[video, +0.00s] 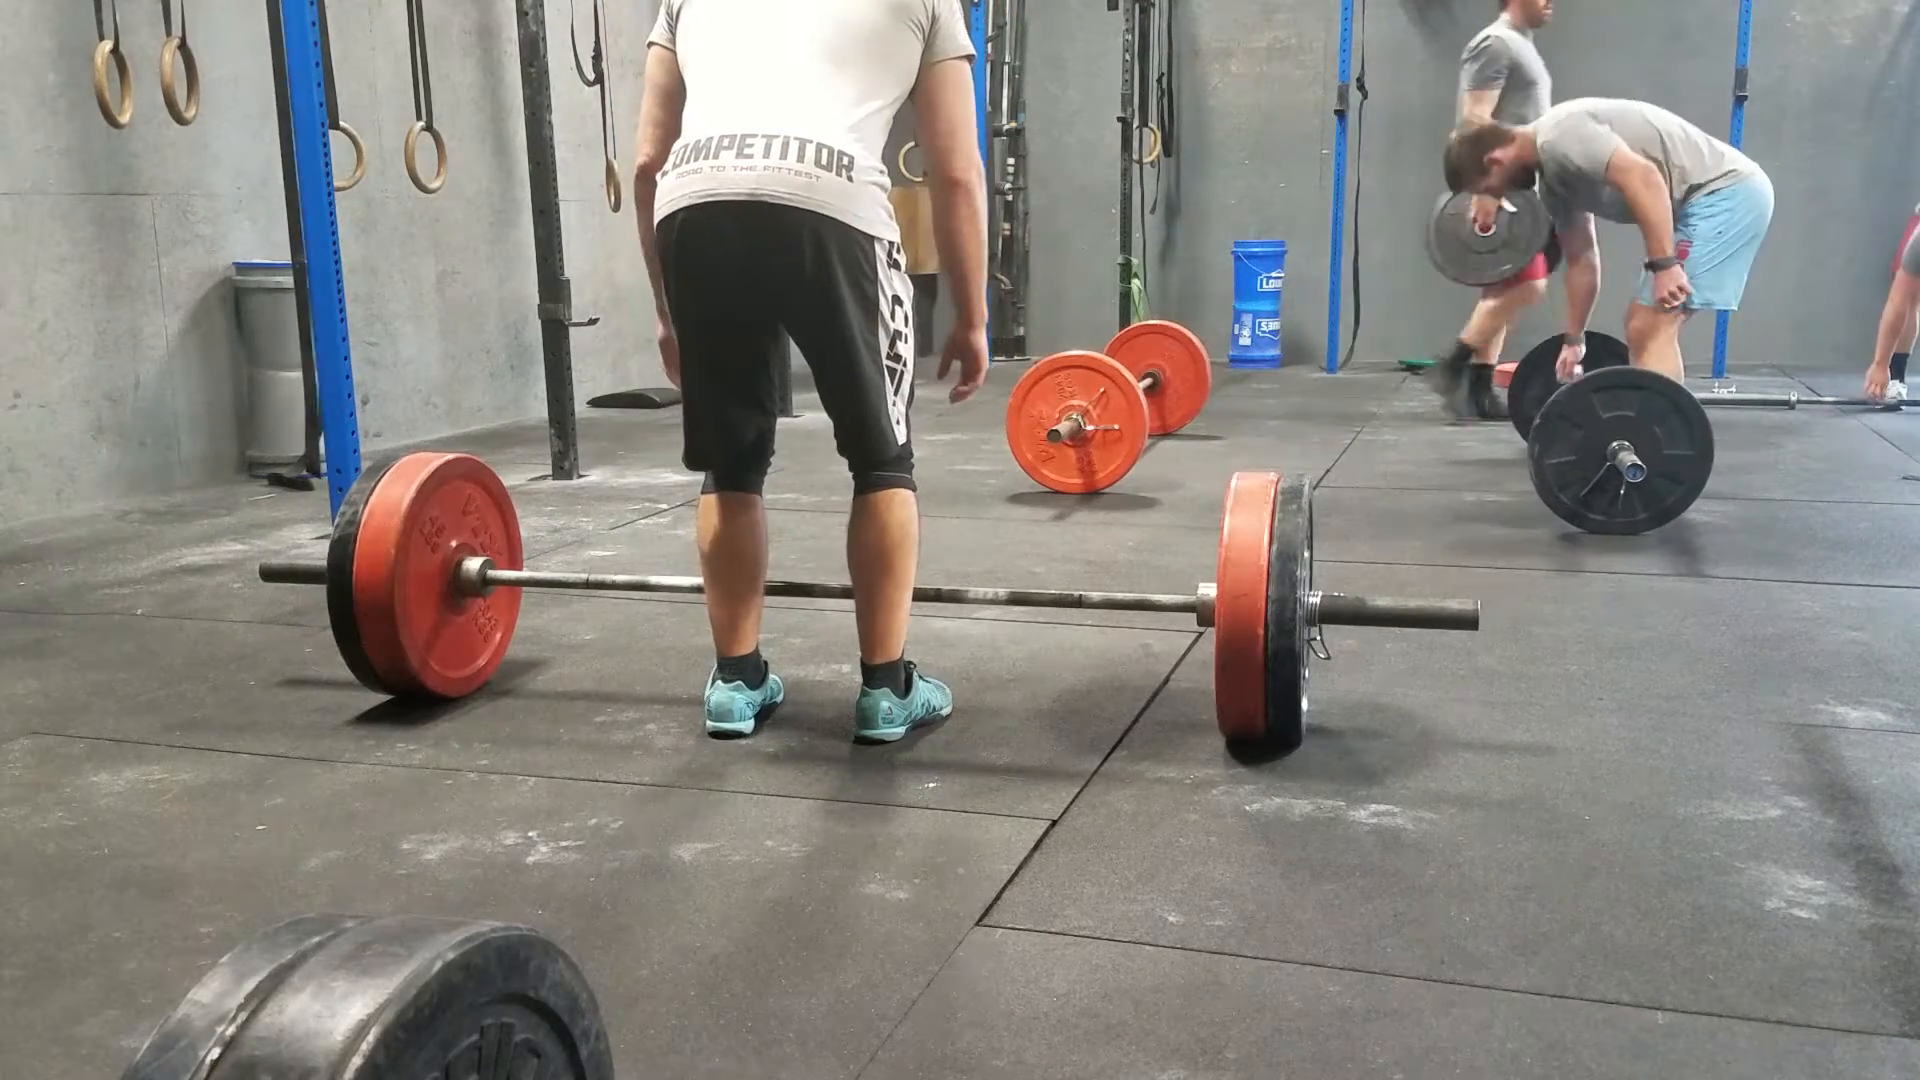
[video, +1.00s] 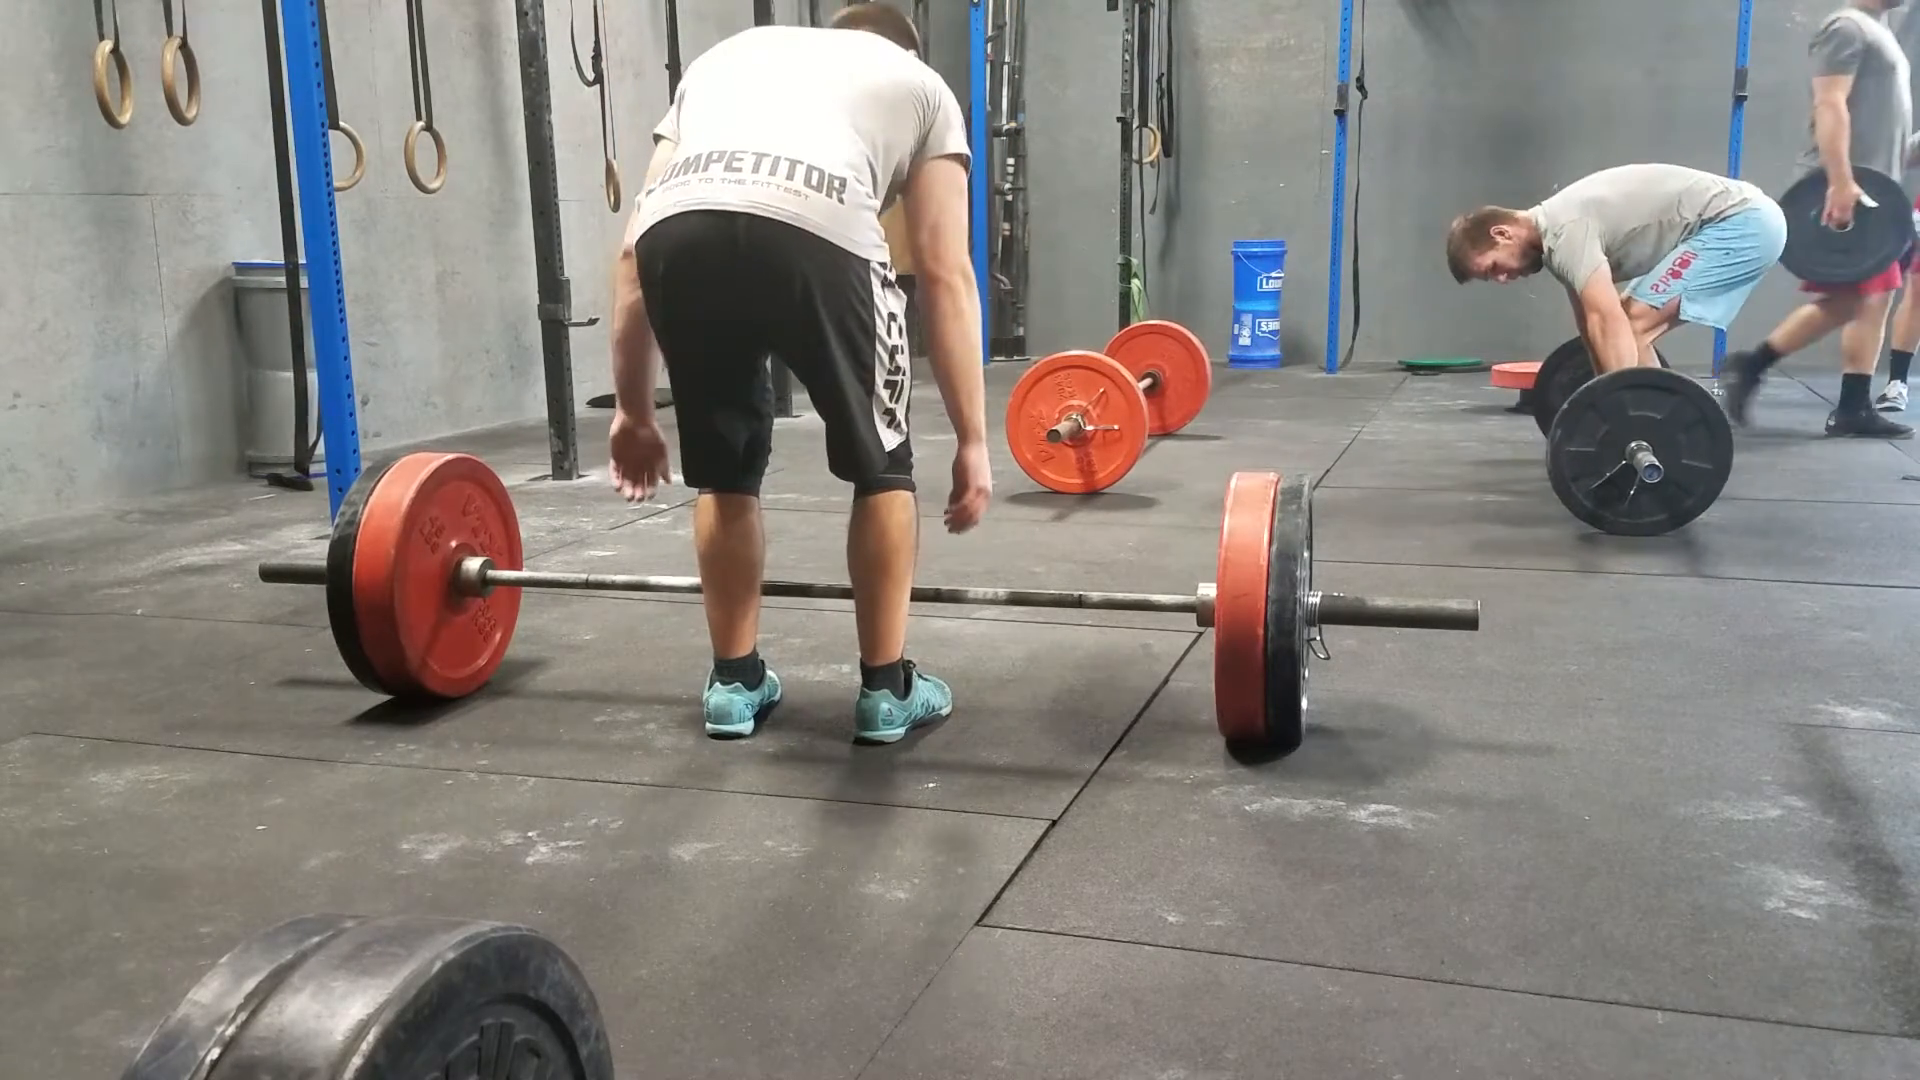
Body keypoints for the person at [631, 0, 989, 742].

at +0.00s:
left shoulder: (690, 6)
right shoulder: (924, 6)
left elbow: (649, 161)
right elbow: (956, 170)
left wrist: (668, 311)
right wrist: (970, 319)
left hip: (697, 209)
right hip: (832, 209)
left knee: (728, 465)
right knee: (881, 464)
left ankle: (734, 679)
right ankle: (884, 686)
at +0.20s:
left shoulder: (694, 6)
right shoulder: (925, 7)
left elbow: (649, 163)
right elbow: (960, 175)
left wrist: (661, 315)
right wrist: (981, 328)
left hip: (700, 209)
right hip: (835, 210)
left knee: (730, 464)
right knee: (883, 462)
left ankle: (734, 678)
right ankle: (885, 685)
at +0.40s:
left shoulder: (696, 8)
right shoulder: (925, 9)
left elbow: (648, 170)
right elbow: (961, 186)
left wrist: (660, 324)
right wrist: (981, 340)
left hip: (699, 215)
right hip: (835, 215)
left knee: (729, 466)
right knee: (883, 464)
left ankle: (734, 678)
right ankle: (885, 686)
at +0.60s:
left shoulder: (699, 11)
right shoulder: (921, 17)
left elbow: (643, 185)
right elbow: (956, 202)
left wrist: (660, 337)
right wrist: (972, 355)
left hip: (695, 218)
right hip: (831, 220)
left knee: (725, 468)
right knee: (883, 466)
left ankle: (734, 680)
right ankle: (884, 687)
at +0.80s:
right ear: (893, 7)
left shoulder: (707, 24)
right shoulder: (919, 37)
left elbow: (633, 202)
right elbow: (950, 225)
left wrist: (654, 363)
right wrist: (964, 383)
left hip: (688, 227)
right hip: (827, 230)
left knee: (723, 468)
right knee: (882, 465)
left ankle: (734, 681)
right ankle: (886, 687)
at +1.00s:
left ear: (832, 30)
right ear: (908, 56)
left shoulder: (721, 58)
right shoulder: (922, 83)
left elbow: (635, 251)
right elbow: (943, 269)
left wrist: (633, 411)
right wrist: (971, 437)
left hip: (681, 239)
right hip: (817, 240)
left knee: (723, 471)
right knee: (880, 467)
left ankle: (733, 681)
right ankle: (885, 688)